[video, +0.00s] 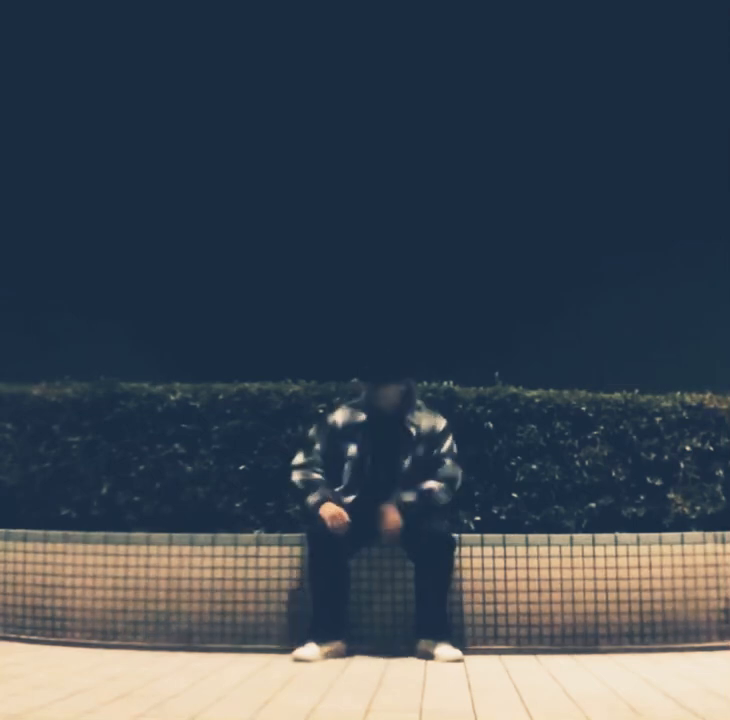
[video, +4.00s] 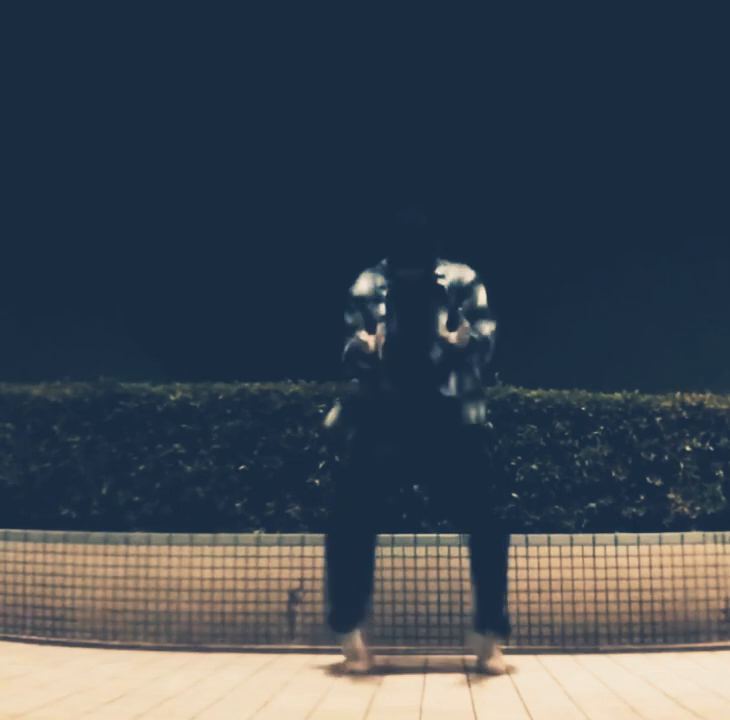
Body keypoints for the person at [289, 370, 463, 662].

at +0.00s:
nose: (382, 392)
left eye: (390, 384)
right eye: (376, 384)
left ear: (405, 385)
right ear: (365, 385)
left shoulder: (432, 426)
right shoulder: (340, 421)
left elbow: (447, 481)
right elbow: (304, 466)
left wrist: (402, 505)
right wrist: (322, 502)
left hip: (409, 511)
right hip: (354, 512)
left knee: (438, 538)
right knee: (324, 536)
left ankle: (432, 638)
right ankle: (328, 638)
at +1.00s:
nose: (418, 314)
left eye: (426, 304)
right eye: (409, 303)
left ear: (437, 303)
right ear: (395, 301)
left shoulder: (460, 345)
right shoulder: (370, 343)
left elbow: (470, 414)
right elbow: (354, 409)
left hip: (437, 465)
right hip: (379, 463)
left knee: (451, 547)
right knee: (361, 544)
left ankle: (434, 637)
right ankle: (332, 629)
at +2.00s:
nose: (414, 257)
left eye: (421, 247)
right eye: (405, 248)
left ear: (436, 246)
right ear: (389, 249)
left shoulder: (469, 302)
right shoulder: (364, 307)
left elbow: (495, 366)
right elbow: (344, 377)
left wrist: (455, 367)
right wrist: (374, 408)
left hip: (458, 448)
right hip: (390, 449)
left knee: (482, 548)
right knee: (374, 550)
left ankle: (507, 650)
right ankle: (351, 653)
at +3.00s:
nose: (424, 267)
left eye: (433, 258)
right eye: (416, 258)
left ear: (448, 257)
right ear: (401, 254)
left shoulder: (469, 305)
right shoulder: (370, 292)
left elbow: (476, 375)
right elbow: (356, 350)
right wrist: (382, 384)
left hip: (453, 446)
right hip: (391, 445)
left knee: (457, 544)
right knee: (386, 542)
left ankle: (467, 646)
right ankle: (377, 647)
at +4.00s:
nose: (410, 260)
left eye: (419, 251)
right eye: (401, 252)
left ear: (434, 245)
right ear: (388, 249)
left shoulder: (462, 281)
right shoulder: (370, 284)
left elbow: (486, 346)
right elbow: (347, 348)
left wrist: (463, 341)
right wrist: (364, 347)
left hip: (452, 421)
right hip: (381, 422)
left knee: (490, 515)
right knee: (351, 515)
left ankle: (487, 637)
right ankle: (350, 634)